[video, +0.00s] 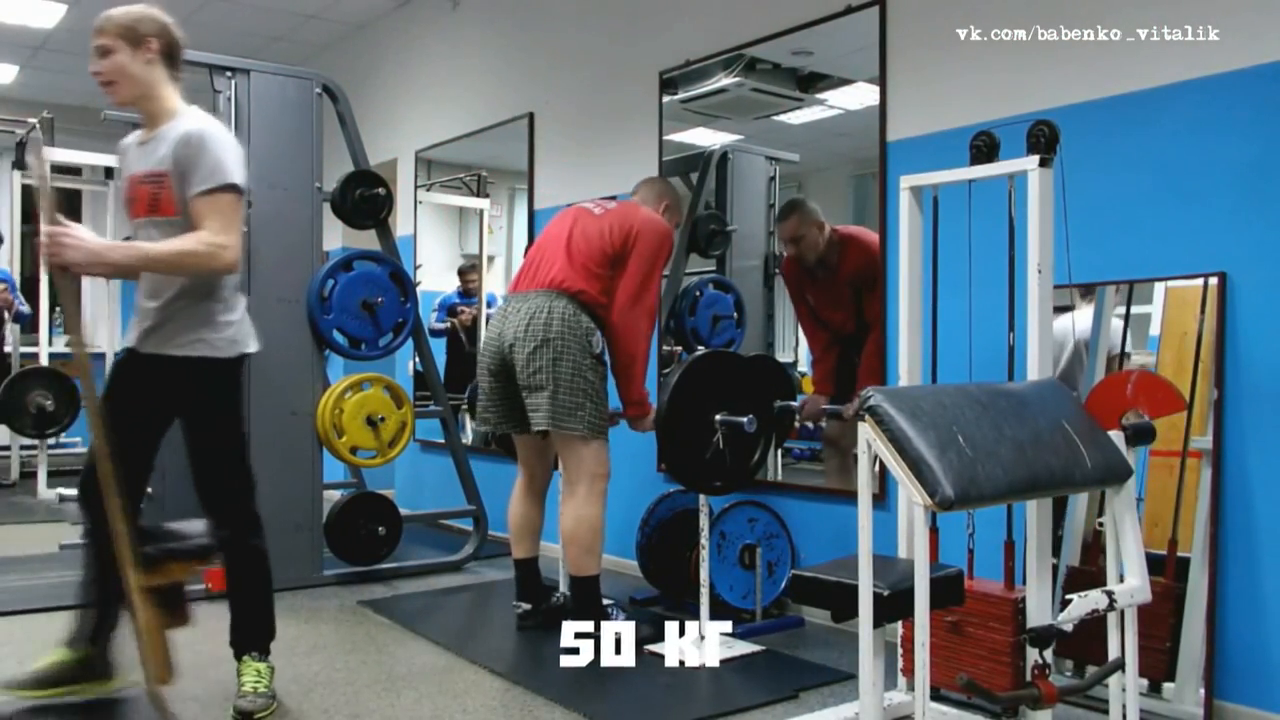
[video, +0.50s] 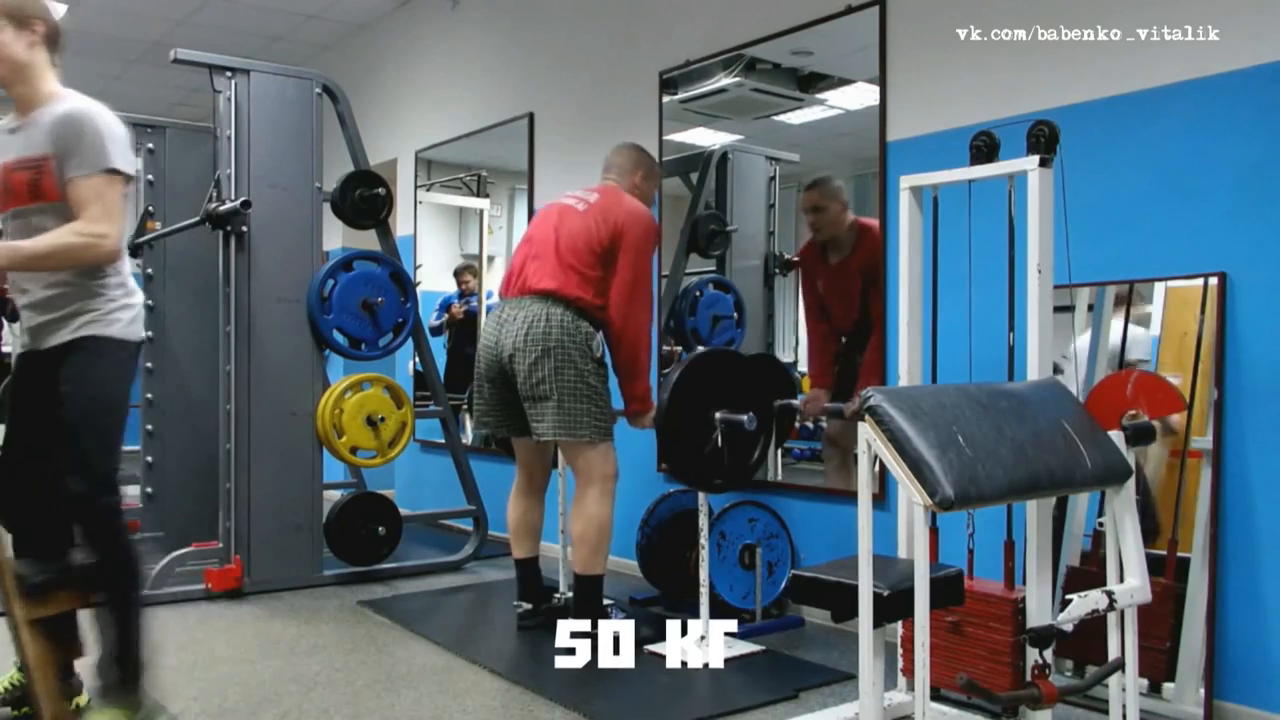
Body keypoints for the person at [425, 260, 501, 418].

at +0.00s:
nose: (470, 286)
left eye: (473, 281)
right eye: (466, 282)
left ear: (480, 280)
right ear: (460, 282)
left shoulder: (490, 298)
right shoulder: (447, 300)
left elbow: (500, 319)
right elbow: (433, 328)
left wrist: (479, 314)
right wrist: (456, 323)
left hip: (482, 362)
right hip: (456, 362)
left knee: (481, 407)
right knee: (451, 407)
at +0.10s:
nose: (468, 286)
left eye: (472, 281)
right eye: (464, 282)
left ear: (479, 280)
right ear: (459, 282)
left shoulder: (489, 298)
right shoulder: (447, 300)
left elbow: (499, 314)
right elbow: (433, 328)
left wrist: (474, 311)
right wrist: (455, 321)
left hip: (482, 362)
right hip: (456, 361)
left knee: (480, 407)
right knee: (451, 407)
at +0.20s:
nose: (467, 286)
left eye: (470, 282)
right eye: (463, 283)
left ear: (478, 280)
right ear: (458, 282)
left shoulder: (489, 298)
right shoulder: (447, 300)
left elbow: (498, 317)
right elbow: (433, 329)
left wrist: (470, 311)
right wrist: (453, 320)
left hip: (482, 361)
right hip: (456, 361)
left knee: (480, 407)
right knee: (450, 407)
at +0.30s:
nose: (465, 286)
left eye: (469, 282)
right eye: (462, 283)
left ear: (478, 280)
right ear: (457, 283)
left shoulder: (490, 298)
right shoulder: (447, 300)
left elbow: (496, 317)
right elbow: (433, 329)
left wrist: (468, 311)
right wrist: (450, 319)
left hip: (482, 359)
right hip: (457, 359)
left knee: (480, 405)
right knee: (450, 406)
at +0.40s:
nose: (464, 287)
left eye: (467, 282)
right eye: (460, 283)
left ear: (477, 280)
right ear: (456, 282)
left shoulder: (488, 296)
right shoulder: (448, 300)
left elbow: (494, 311)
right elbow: (432, 330)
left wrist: (467, 309)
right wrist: (449, 318)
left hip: (480, 359)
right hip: (456, 359)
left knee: (479, 406)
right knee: (451, 406)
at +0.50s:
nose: (463, 287)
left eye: (467, 282)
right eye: (460, 283)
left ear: (476, 280)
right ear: (456, 283)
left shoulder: (488, 296)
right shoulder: (448, 300)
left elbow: (494, 311)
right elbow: (432, 329)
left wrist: (466, 308)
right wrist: (449, 319)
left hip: (480, 360)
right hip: (456, 359)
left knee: (479, 404)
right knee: (451, 404)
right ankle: (452, 447)